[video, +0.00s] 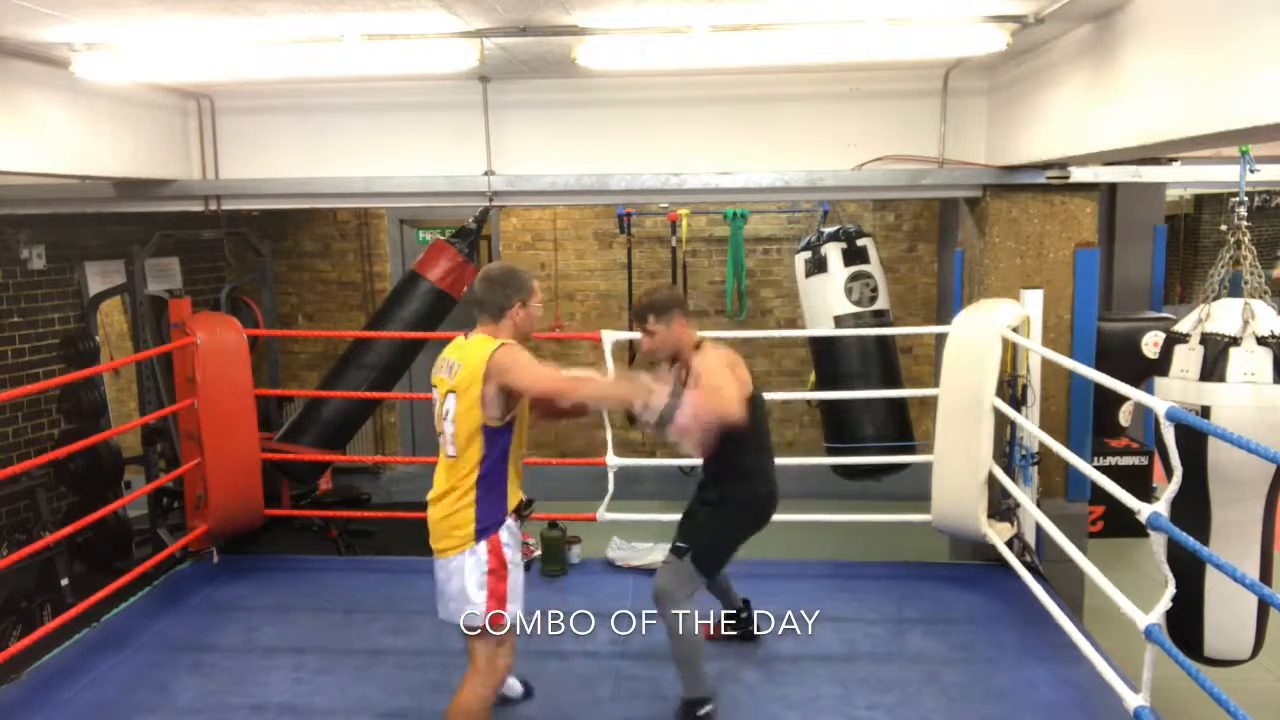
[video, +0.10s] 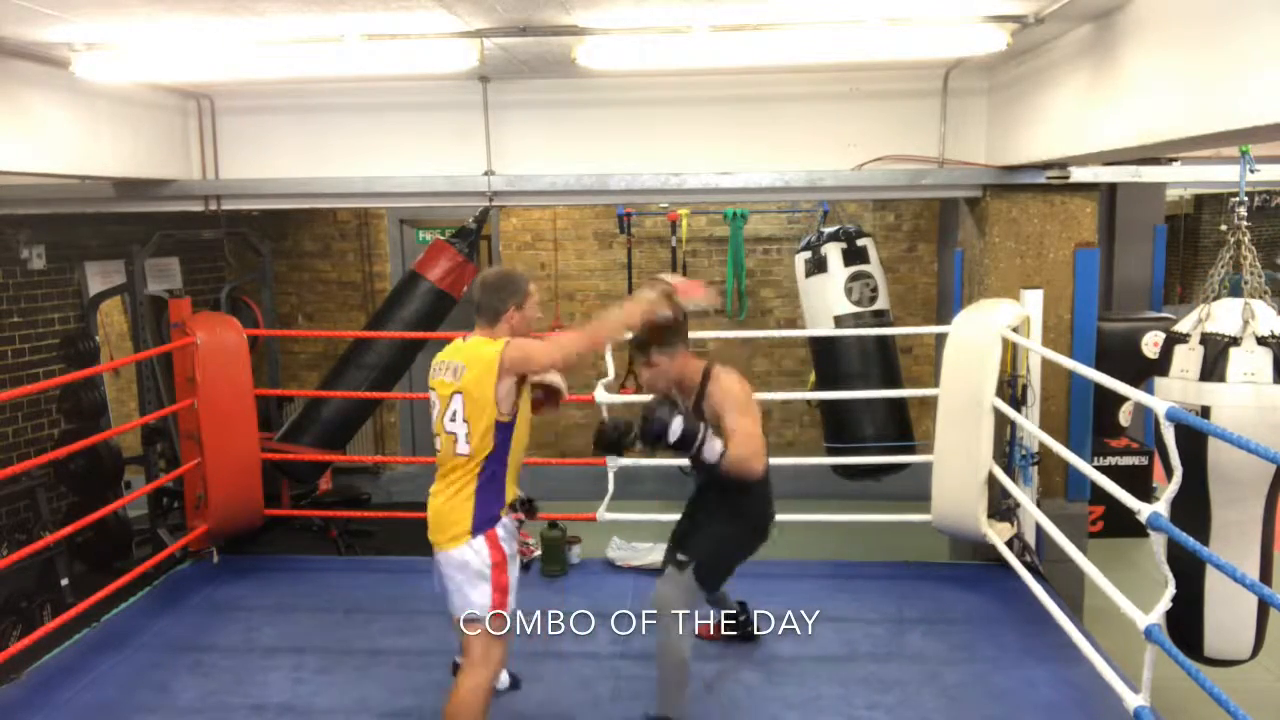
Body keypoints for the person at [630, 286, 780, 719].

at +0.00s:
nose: (642, 345)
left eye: (648, 334)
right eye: (640, 335)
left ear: (677, 326)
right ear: (674, 329)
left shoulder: (714, 363)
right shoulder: (681, 368)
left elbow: (730, 411)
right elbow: (657, 410)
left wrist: (666, 411)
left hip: (743, 494)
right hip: (717, 486)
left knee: (670, 590)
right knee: (694, 555)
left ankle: (698, 701)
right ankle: (738, 614)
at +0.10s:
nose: (642, 380)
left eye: (645, 369)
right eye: (640, 371)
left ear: (666, 360)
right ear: (661, 359)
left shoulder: (727, 385)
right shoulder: (676, 390)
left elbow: (752, 462)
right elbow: (667, 438)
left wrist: (688, 435)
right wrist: (632, 437)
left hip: (744, 508)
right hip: (711, 499)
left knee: (670, 595)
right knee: (683, 572)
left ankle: (669, 712)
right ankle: (736, 619)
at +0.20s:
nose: (621, 393)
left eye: (627, 382)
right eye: (619, 384)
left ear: (657, 374)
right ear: (656, 374)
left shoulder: (713, 408)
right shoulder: (664, 406)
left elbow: (708, 497)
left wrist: (663, 469)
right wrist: (620, 455)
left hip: (745, 535)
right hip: (709, 522)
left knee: (658, 607)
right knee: (691, 571)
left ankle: (661, 712)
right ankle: (735, 621)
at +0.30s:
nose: (613, 383)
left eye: (614, 371)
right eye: (611, 373)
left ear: (638, 365)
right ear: (647, 362)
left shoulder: (680, 408)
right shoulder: (706, 384)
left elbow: (657, 497)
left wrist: (617, 453)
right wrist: (643, 442)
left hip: (745, 545)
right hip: (768, 533)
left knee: (635, 623)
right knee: (704, 562)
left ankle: (650, 714)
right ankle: (760, 636)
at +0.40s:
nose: (642, 373)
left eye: (640, 361)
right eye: (638, 363)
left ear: (658, 351)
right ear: (683, 346)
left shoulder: (680, 397)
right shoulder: (741, 379)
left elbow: (657, 487)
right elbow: (714, 450)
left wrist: (633, 437)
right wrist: (653, 422)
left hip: (732, 553)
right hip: (782, 548)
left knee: (629, 612)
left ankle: (644, 715)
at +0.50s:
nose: (668, 375)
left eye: (666, 364)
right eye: (664, 365)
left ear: (682, 355)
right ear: (711, 349)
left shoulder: (685, 407)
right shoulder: (778, 393)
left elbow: (652, 492)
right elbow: (759, 458)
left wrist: (648, 432)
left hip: (727, 570)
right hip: (790, 567)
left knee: (641, 636)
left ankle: (635, 716)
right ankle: (877, 716)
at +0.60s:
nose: (669, 378)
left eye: (668, 366)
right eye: (666, 367)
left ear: (685, 356)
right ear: (714, 350)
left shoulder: (696, 410)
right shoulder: (785, 396)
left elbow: (655, 496)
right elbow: (814, 471)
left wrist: (649, 437)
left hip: (740, 575)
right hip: (802, 570)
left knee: (649, 651)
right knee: (811, 660)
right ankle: (870, 716)